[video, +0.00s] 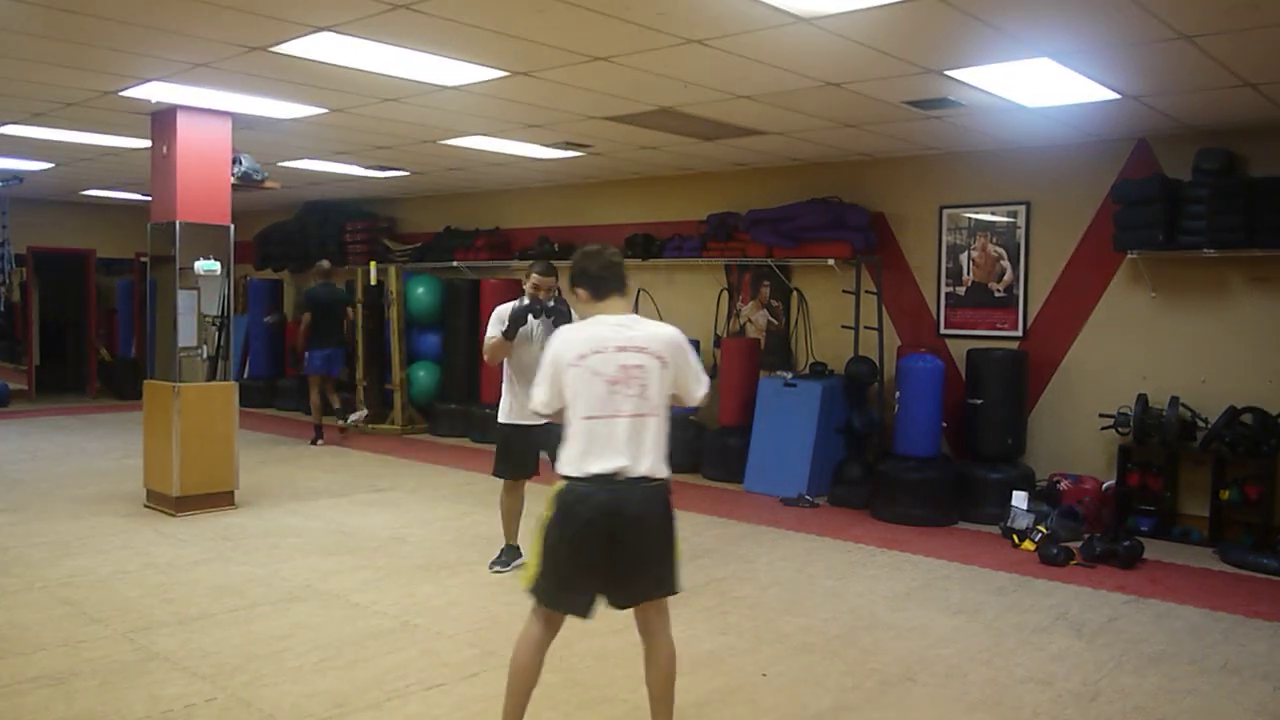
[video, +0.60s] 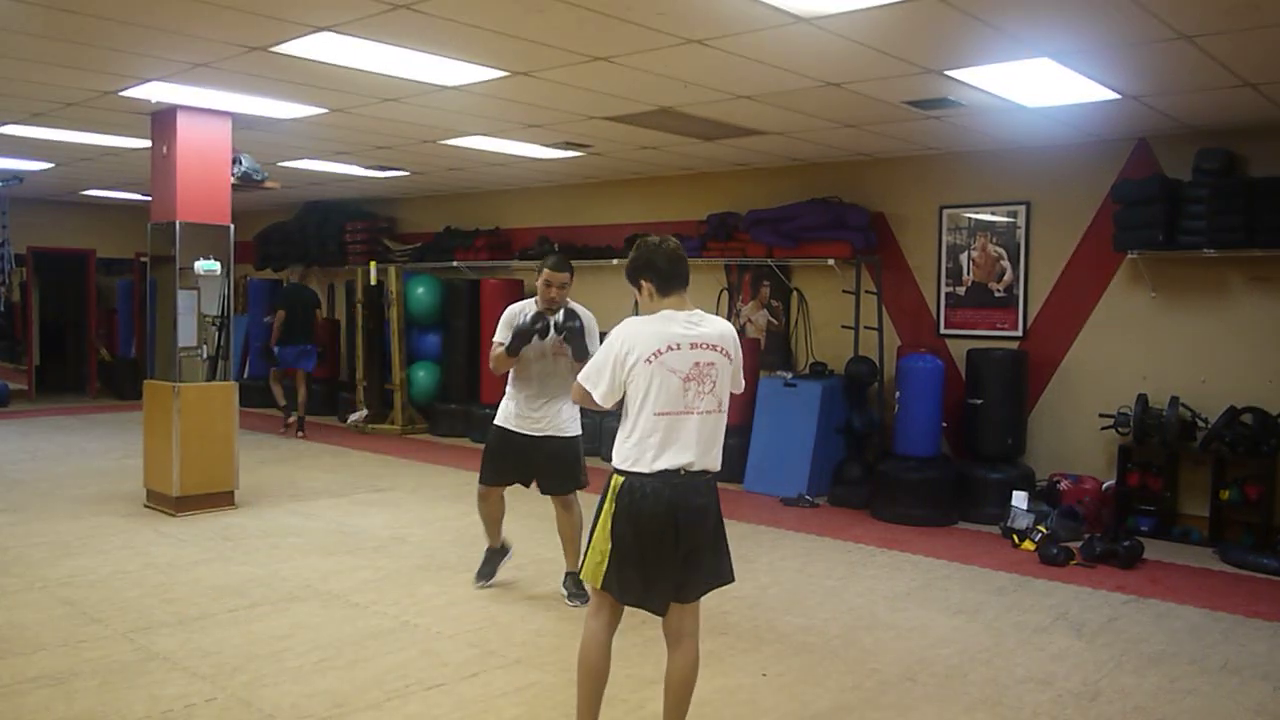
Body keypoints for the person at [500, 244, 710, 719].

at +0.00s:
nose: (571, 302)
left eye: (570, 294)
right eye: (569, 295)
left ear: (579, 293)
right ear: (627, 288)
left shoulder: (566, 340)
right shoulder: (667, 337)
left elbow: (545, 407)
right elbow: (697, 398)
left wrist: (597, 398)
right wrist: (647, 383)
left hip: (580, 503)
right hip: (646, 503)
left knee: (542, 623)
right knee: (655, 628)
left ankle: (510, 716)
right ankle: (663, 718)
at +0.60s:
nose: (637, 299)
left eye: (635, 290)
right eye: (636, 290)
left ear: (645, 287)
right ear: (686, 281)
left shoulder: (632, 333)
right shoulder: (725, 332)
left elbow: (587, 394)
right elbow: (730, 390)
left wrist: (636, 385)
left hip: (633, 495)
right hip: (697, 497)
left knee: (602, 612)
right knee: (683, 632)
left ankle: (585, 716)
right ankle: (673, 718)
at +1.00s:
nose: (624, 285)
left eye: (623, 278)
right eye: (624, 278)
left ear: (630, 280)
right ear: (677, 279)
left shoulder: (609, 338)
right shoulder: (710, 335)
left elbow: (586, 430)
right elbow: (730, 416)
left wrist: (630, 402)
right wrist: (681, 400)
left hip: (620, 500)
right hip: (686, 500)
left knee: (588, 621)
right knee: (678, 638)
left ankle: (569, 716)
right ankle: (673, 719)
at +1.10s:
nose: (614, 288)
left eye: (614, 281)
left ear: (619, 284)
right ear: (666, 281)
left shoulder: (597, 340)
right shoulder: (699, 336)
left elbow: (582, 430)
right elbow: (713, 414)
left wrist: (633, 405)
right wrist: (663, 402)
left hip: (611, 503)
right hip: (679, 503)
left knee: (579, 633)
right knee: (673, 640)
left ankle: (558, 718)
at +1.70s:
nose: (585, 285)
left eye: (586, 279)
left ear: (591, 283)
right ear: (643, 282)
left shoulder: (562, 340)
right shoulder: (672, 331)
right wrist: (601, 314)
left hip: (580, 512)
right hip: (651, 512)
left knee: (564, 653)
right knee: (640, 659)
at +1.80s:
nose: (601, 286)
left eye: (603, 279)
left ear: (606, 283)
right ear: (658, 287)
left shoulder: (571, 338)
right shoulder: (678, 329)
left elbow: (547, 429)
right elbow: (630, 325)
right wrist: (582, 307)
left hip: (586, 512)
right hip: (656, 511)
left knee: (567, 653)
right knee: (642, 660)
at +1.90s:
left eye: (613, 282)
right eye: (669, 287)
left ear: (613, 286)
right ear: (666, 289)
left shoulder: (580, 341)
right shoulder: (686, 327)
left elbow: (562, 434)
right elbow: (641, 326)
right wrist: (592, 309)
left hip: (592, 512)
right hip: (661, 512)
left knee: (567, 647)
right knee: (645, 657)